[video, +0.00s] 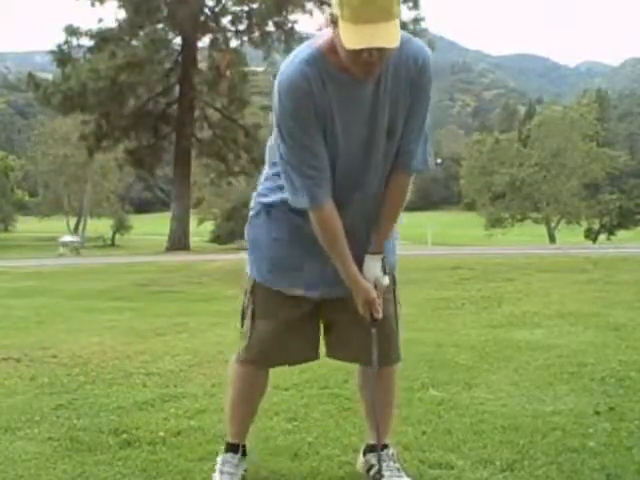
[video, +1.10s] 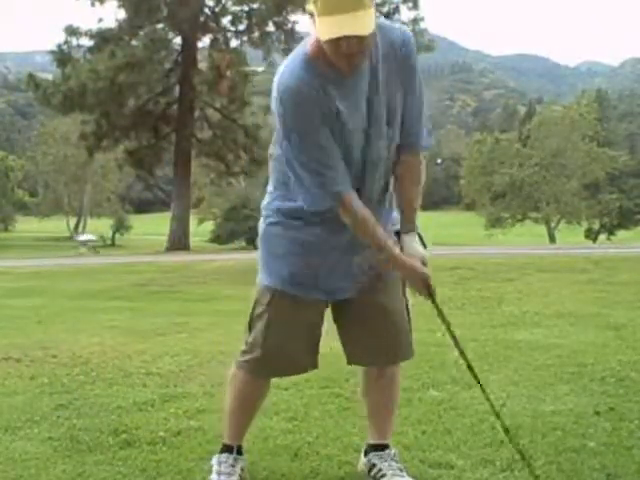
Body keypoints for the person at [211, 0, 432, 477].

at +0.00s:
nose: (371, 57)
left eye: (381, 46)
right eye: (359, 47)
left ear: (395, 28)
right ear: (333, 27)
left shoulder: (413, 63)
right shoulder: (299, 79)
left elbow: (403, 166)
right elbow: (316, 195)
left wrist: (375, 253)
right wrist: (353, 277)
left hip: (368, 227)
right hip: (291, 222)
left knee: (381, 343)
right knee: (259, 344)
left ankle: (379, 453)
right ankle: (233, 454)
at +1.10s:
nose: (351, 48)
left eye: (359, 36)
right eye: (338, 39)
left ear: (374, 19)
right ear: (315, 26)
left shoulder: (397, 46)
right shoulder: (296, 84)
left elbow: (409, 148)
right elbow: (341, 195)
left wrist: (410, 232)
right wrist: (399, 259)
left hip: (372, 223)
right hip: (299, 227)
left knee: (386, 341)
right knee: (265, 347)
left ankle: (379, 452)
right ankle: (229, 455)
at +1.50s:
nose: (307, 37)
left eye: (318, 24)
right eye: (294, 27)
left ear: (336, 10)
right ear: (277, 18)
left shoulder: (365, 32)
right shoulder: (264, 81)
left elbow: (394, 128)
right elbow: (317, 186)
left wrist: (398, 208)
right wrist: (382, 249)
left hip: (346, 217)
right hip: (269, 221)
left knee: (369, 339)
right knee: (241, 348)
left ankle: (378, 455)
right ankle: (226, 457)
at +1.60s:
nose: (292, 31)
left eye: (303, 19)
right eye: (281, 21)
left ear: (322, 10)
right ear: (264, 16)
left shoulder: (357, 39)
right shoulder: (240, 73)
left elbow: (362, 145)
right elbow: (257, 180)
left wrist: (333, 236)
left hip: (340, 216)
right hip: (257, 217)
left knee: (366, 338)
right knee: (236, 344)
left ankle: (376, 453)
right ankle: (226, 457)